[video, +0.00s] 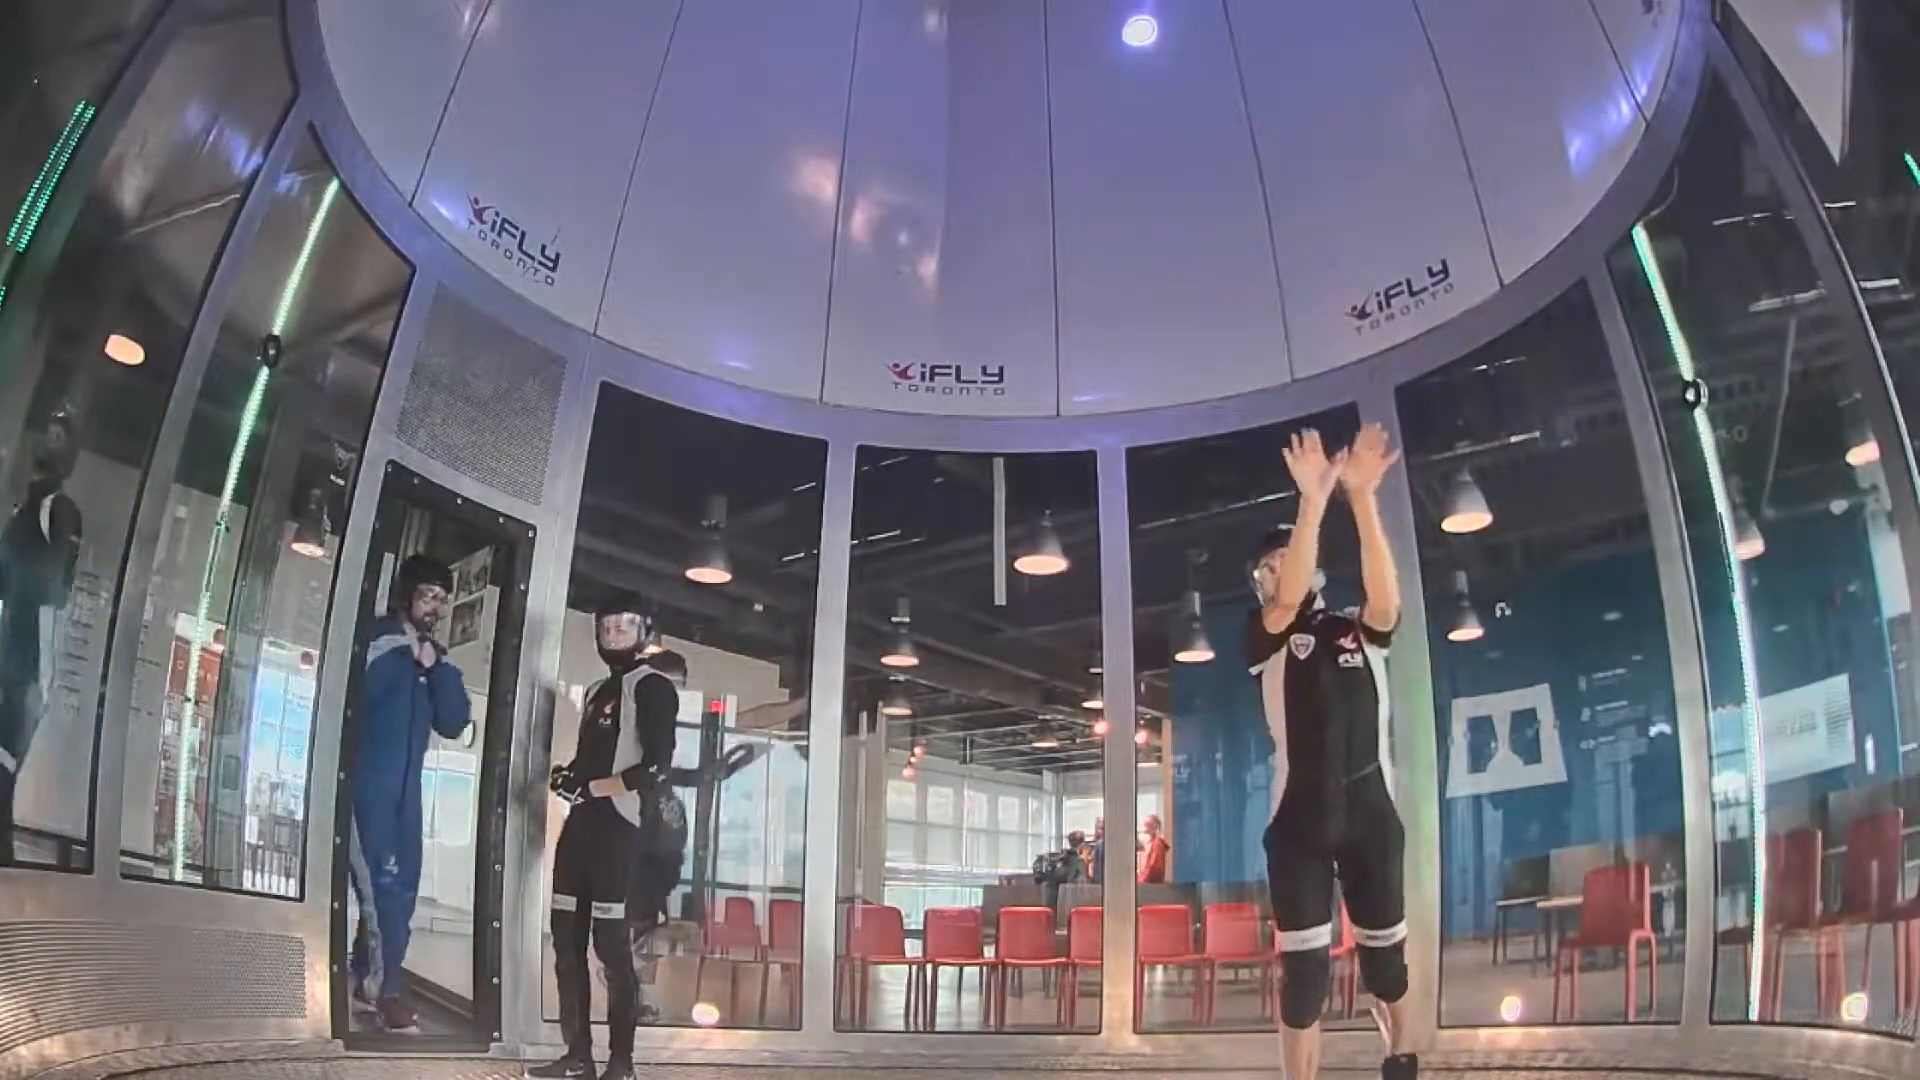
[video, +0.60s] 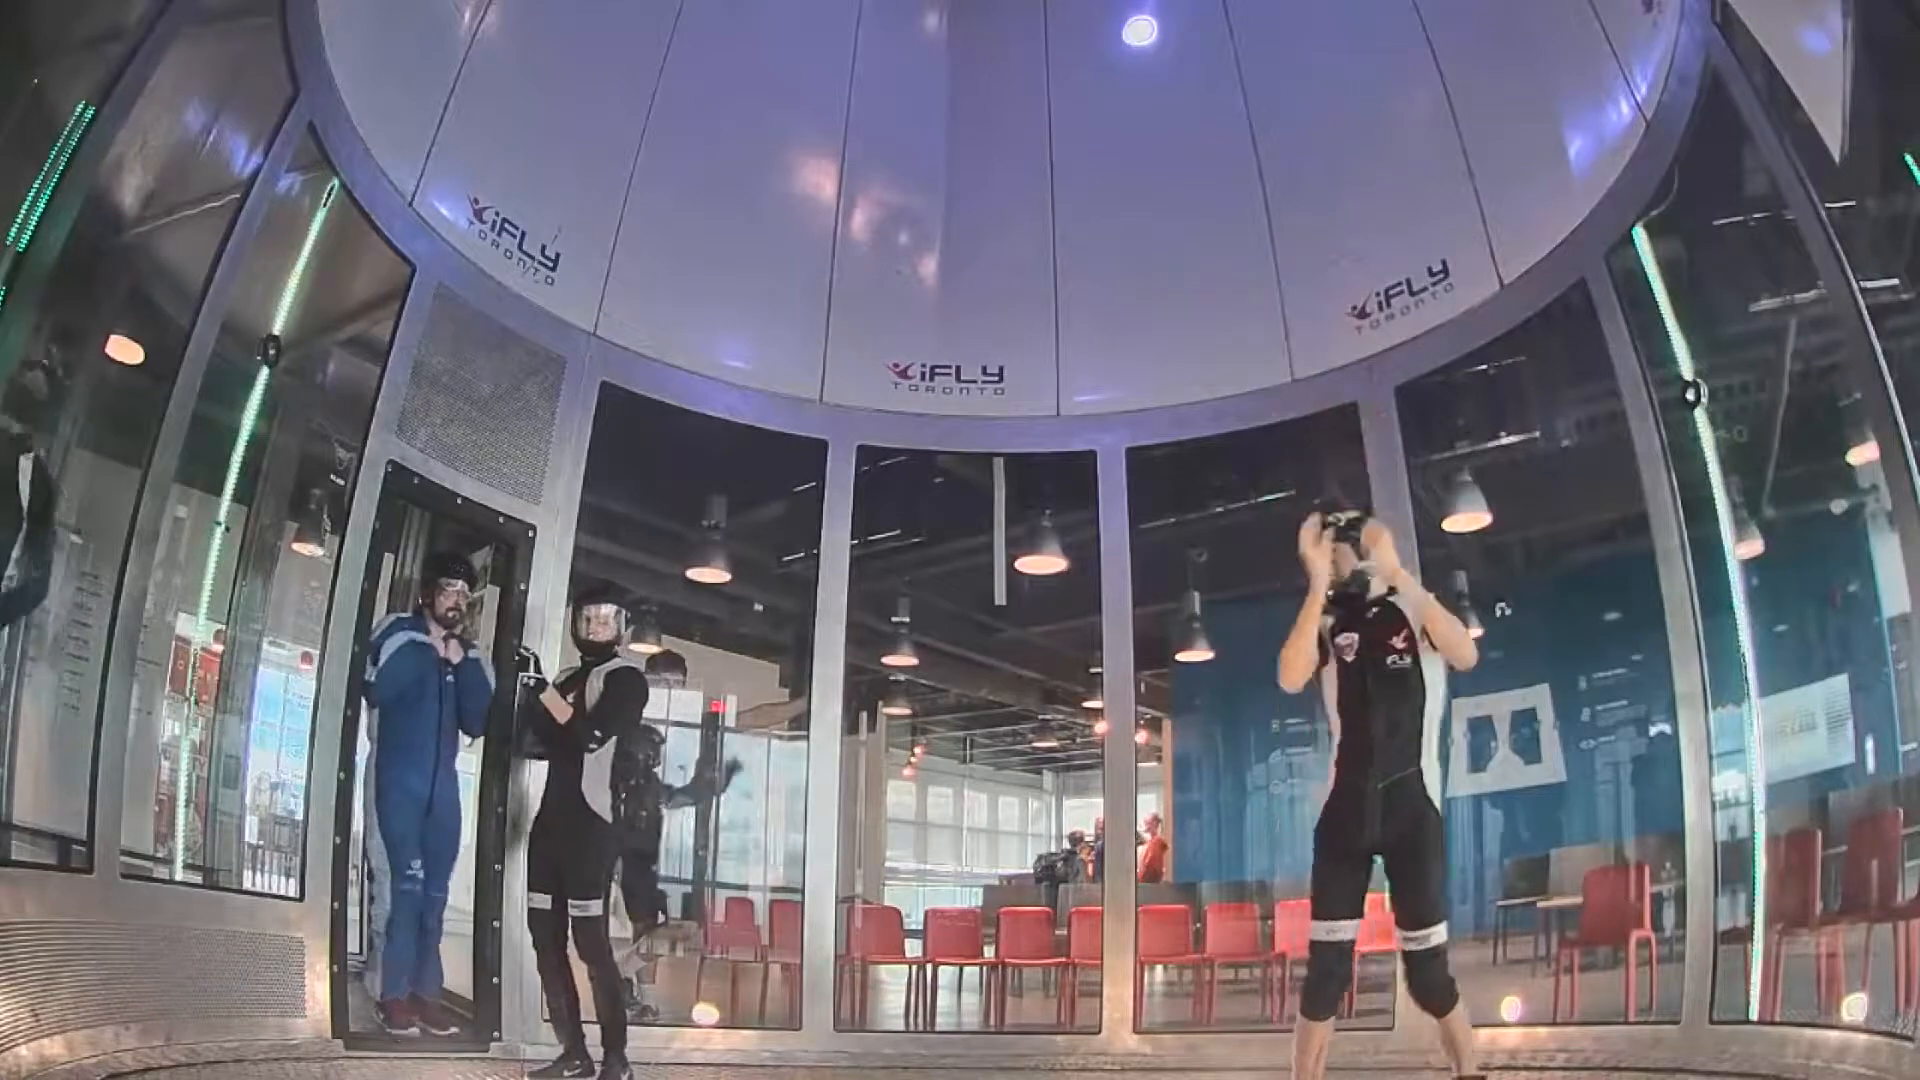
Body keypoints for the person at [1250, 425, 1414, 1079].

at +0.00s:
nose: (1279, 571)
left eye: (1286, 560)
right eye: (1268, 566)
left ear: (1308, 569)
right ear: (1258, 587)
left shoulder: (1360, 631)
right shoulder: (1264, 641)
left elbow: (1385, 595)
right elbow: (1291, 592)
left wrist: (1361, 495)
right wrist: (1314, 495)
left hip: (1372, 820)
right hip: (1300, 827)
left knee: (1386, 970)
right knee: (1305, 979)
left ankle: (1400, 1058)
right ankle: (1299, 1076)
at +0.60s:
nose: (1343, 553)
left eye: (1353, 540)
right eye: (1332, 544)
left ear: (1376, 545)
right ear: (1322, 557)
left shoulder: (1421, 607)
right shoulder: (1326, 621)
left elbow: (1464, 656)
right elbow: (1291, 677)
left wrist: (1398, 576)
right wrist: (1318, 584)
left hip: (1412, 808)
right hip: (1346, 810)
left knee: (1429, 976)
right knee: (1326, 971)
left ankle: (1467, 1070)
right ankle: (1304, 1077)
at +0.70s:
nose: (1341, 571)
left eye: (1350, 558)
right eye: (1334, 562)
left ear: (1384, 556)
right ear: (1332, 567)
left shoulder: (1437, 615)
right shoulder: (1338, 634)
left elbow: (1481, 679)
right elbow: (1304, 711)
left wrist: (1410, 628)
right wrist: (1323, 640)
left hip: (1423, 814)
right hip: (1358, 817)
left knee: (1444, 975)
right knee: (1334, 974)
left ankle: (1483, 1075)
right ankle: (1308, 1079)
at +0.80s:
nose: (1364, 571)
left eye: (1375, 558)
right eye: (1359, 561)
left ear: (1409, 554)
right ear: (1358, 566)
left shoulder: (1462, 615)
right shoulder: (1358, 637)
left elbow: (1504, 705)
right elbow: (1331, 737)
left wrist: (1413, 697)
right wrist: (1362, 718)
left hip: (1457, 810)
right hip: (1393, 812)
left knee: (1465, 967)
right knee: (1357, 961)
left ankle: (1487, 1077)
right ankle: (1316, 1077)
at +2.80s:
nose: (1380, 587)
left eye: (1388, 573)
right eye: (1373, 578)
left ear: (1419, 568)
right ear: (1368, 584)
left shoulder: (1464, 616)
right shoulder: (1381, 647)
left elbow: (1498, 705)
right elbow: (1369, 748)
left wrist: (1412, 705)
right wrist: (1372, 721)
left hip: (1458, 803)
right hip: (1402, 806)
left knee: (1465, 948)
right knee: (1400, 951)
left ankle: (1487, 1075)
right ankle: (1393, 1076)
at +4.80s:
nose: (1355, 579)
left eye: (1366, 567)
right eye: (1345, 571)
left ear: (1391, 572)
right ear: (1336, 582)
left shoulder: (1429, 624)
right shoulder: (1330, 656)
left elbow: (1486, 694)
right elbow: (1322, 759)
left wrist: (1405, 704)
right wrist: (1350, 717)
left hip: (1433, 812)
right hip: (1370, 820)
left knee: (1444, 956)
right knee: (1382, 962)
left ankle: (1481, 1075)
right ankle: (1387, 1077)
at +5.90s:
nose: (1395, 591)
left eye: (1403, 582)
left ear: (1416, 586)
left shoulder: (1449, 629)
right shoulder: (1358, 656)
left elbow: (1500, 707)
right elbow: (1330, 738)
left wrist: (1427, 710)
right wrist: (1371, 712)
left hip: (1444, 820)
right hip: (1386, 823)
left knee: (1454, 951)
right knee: (1387, 961)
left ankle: (1460, 1055)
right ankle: (1387, 1074)